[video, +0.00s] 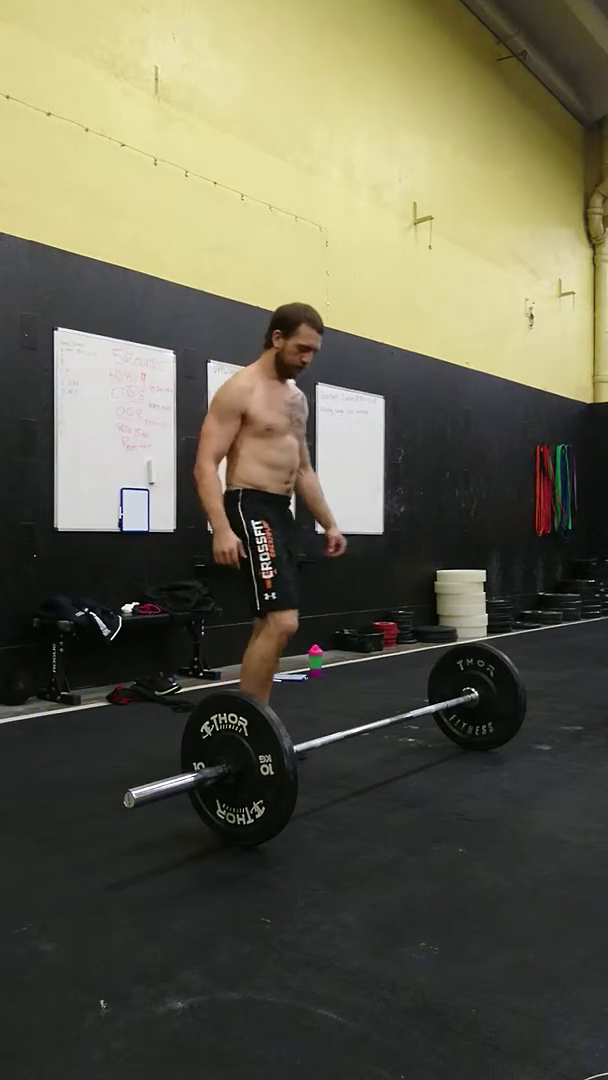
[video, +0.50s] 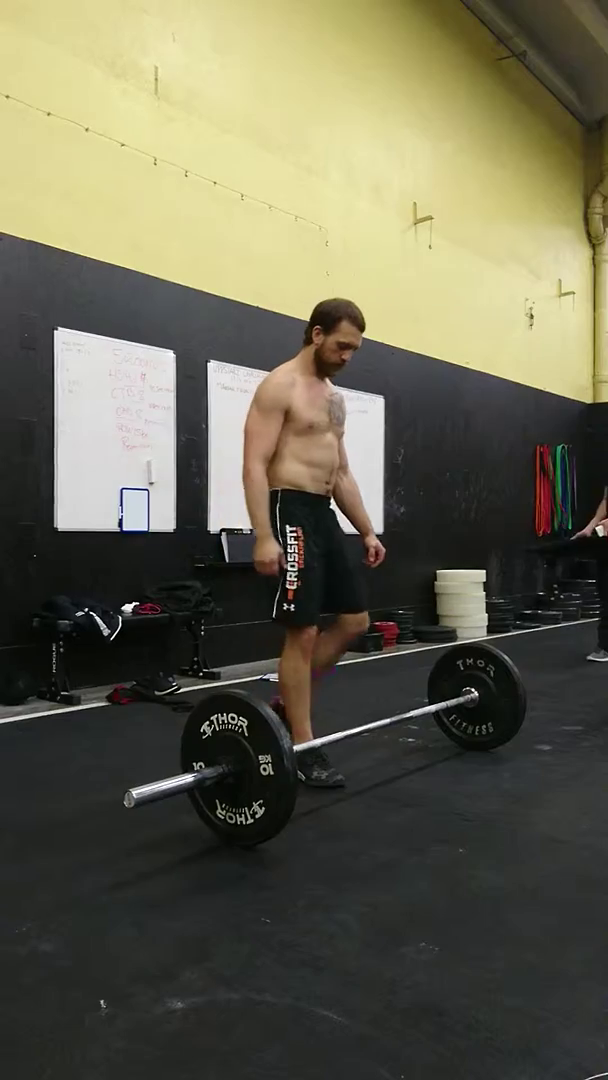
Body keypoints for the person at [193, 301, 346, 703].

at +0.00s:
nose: (308, 360)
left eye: (313, 352)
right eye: (303, 349)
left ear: (317, 349)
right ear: (276, 339)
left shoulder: (297, 397)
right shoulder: (239, 388)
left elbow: (302, 469)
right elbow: (205, 465)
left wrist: (328, 522)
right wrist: (221, 529)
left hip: (280, 510)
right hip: (250, 506)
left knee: (270, 625)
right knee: (282, 621)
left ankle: (251, 726)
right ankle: (246, 726)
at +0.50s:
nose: (347, 356)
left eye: (353, 349)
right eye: (342, 346)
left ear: (353, 346)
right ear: (315, 335)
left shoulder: (333, 397)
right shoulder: (279, 384)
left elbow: (339, 473)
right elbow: (254, 463)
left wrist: (366, 531)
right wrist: (263, 535)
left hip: (324, 515)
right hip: (289, 512)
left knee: (352, 621)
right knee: (302, 635)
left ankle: (284, 696)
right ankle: (304, 748)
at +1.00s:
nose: (388, 354)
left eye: (394, 347)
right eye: (383, 344)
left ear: (393, 344)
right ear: (356, 332)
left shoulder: (379, 397)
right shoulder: (315, 383)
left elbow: (385, 473)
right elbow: (295, 461)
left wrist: (405, 536)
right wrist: (319, 526)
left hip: (362, 517)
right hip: (323, 515)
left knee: (364, 635)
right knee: (337, 631)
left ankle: (366, 743)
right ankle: (305, 743)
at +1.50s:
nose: (398, 351)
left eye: (404, 343)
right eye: (394, 340)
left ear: (396, 337)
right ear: (365, 325)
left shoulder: (379, 388)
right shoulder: (323, 374)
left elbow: (383, 468)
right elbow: (299, 458)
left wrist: (405, 531)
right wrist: (316, 534)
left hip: (363, 516)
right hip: (323, 515)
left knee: (375, 635)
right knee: (318, 640)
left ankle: (371, 742)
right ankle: (316, 761)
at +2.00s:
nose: (404, 353)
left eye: (410, 346)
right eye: (399, 342)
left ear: (408, 341)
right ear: (371, 328)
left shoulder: (392, 390)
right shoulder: (327, 379)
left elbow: (398, 467)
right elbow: (307, 461)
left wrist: (422, 530)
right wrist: (316, 537)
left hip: (371, 516)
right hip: (332, 513)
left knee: (369, 637)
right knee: (336, 638)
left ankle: (372, 748)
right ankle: (319, 763)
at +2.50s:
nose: (398, 346)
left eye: (405, 338)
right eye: (393, 336)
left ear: (402, 334)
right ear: (365, 323)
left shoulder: (389, 385)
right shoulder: (324, 374)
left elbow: (389, 464)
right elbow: (289, 454)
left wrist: (402, 529)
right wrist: (309, 524)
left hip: (373, 515)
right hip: (333, 515)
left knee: (369, 639)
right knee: (329, 640)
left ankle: (372, 746)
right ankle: (319, 761)